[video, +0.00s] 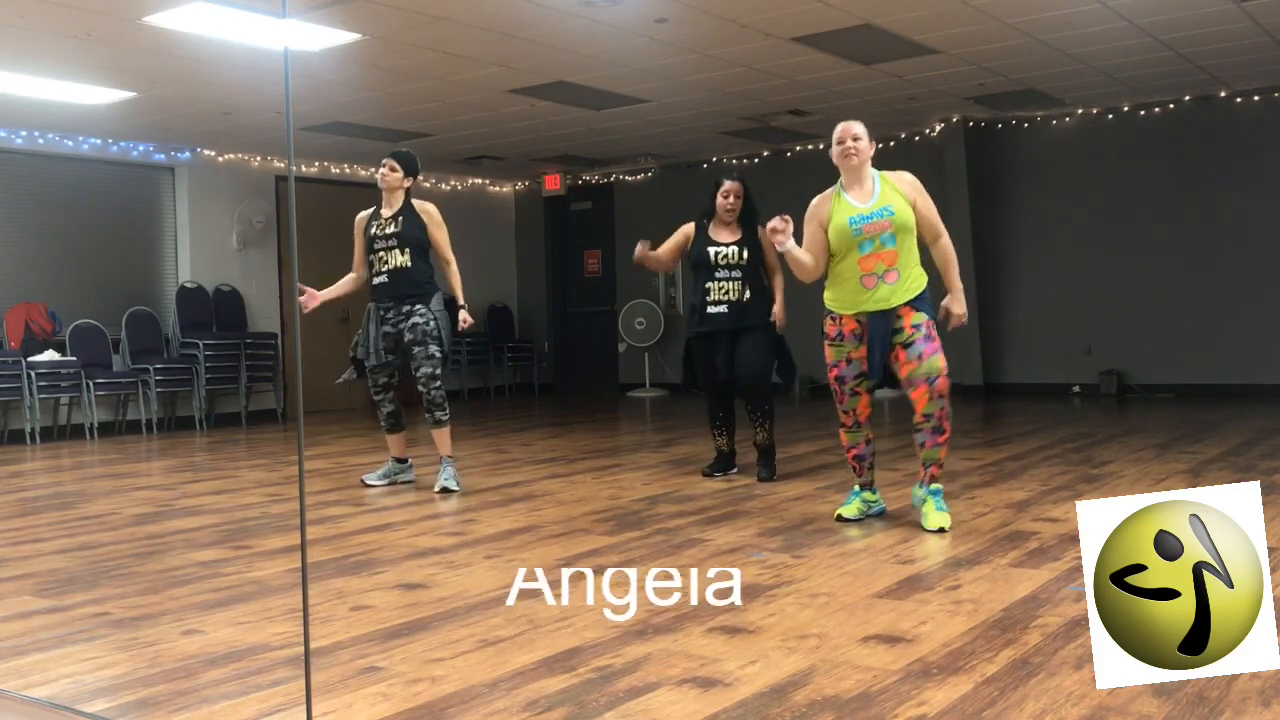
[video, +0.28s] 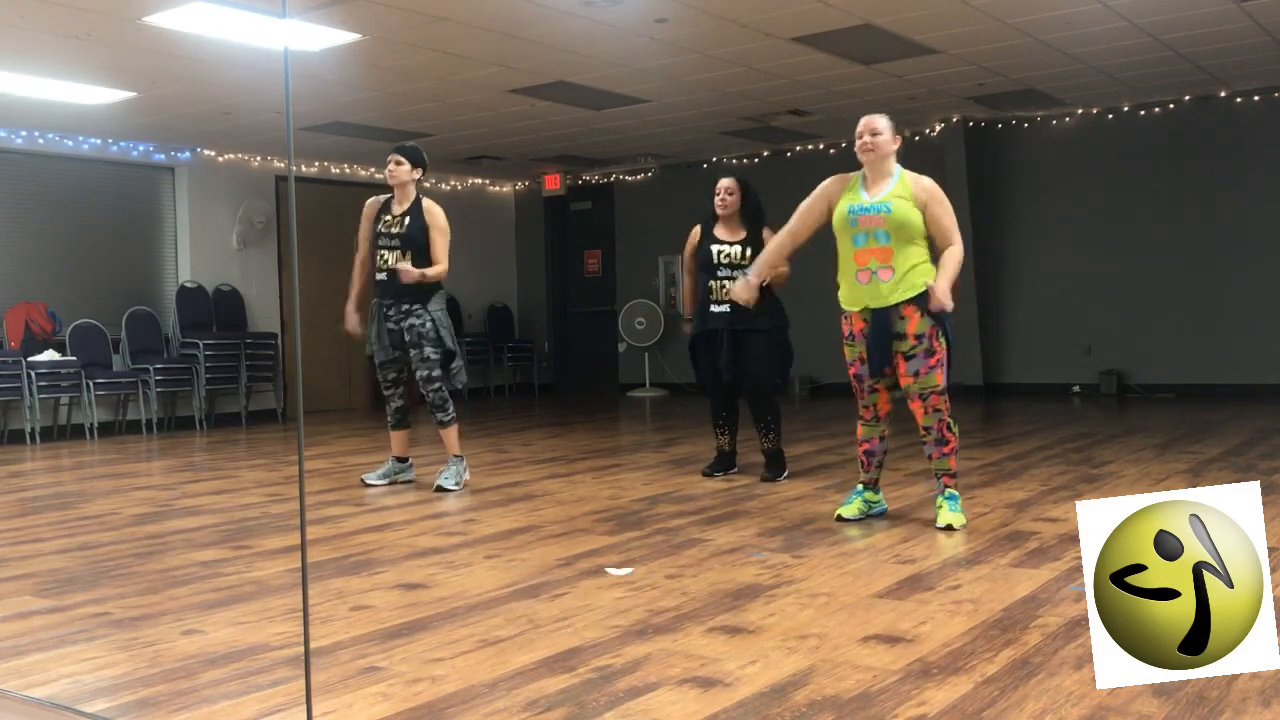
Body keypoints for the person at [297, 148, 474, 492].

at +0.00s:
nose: (382, 172)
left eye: (391, 169)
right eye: (382, 167)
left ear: (408, 180)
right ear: (379, 175)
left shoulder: (424, 212)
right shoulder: (365, 220)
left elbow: (448, 262)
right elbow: (358, 275)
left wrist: (460, 304)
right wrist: (321, 295)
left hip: (420, 311)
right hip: (380, 314)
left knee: (428, 382)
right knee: (381, 388)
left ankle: (447, 465)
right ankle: (400, 464)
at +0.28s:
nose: (389, 168)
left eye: (397, 164)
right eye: (388, 164)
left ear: (416, 171)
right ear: (386, 172)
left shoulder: (431, 212)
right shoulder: (374, 208)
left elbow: (442, 268)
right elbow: (362, 259)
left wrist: (419, 274)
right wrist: (353, 303)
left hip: (422, 311)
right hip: (385, 311)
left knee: (432, 385)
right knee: (393, 387)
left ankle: (456, 463)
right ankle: (400, 463)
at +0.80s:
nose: (390, 170)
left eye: (397, 165)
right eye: (389, 165)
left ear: (418, 171)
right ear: (389, 172)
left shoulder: (433, 204)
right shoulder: (391, 215)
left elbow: (456, 253)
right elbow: (398, 270)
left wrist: (452, 303)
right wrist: (363, 285)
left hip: (430, 311)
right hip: (394, 312)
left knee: (439, 386)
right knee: (394, 385)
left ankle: (456, 465)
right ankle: (400, 462)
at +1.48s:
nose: (408, 172)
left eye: (415, 167)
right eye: (407, 168)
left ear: (437, 171)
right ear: (408, 176)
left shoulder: (453, 209)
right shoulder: (410, 209)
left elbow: (459, 265)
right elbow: (405, 262)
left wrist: (430, 260)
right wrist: (385, 300)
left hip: (443, 311)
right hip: (408, 310)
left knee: (437, 384)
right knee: (375, 372)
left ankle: (460, 464)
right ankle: (389, 450)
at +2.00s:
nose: (407, 179)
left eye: (413, 173)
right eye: (406, 174)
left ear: (436, 174)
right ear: (412, 179)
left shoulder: (456, 211)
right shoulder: (416, 215)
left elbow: (452, 257)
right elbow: (415, 271)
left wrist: (417, 277)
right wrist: (394, 307)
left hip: (445, 314)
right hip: (412, 313)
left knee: (437, 385)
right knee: (374, 370)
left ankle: (459, 465)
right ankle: (386, 450)